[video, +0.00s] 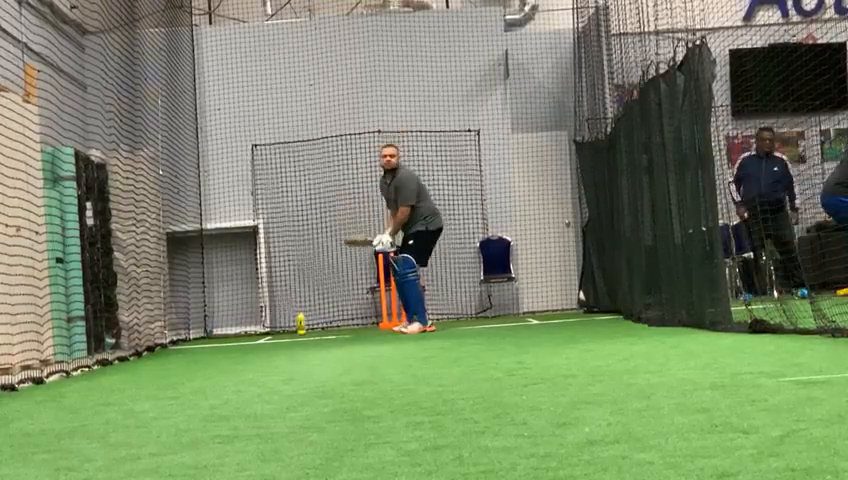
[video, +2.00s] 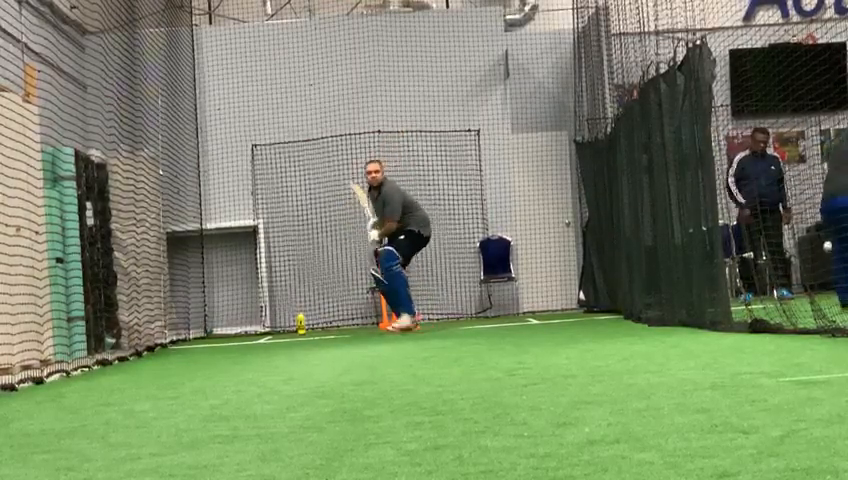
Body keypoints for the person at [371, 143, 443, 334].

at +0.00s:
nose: (388, 159)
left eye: (391, 156)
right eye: (384, 156)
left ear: (398, 158)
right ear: (380, 160)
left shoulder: (405, 177)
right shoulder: (384, 181)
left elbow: (405, 211)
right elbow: (392, 211)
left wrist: (390, 234)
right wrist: (388, 234)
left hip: (427, 225)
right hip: (412, 227)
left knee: (407, 266)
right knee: (400, 266)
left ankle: (420, 320)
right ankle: (412, 318)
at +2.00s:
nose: (373, 176)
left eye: (376, 172)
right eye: (369, 173)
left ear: (383, 173)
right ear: (366, 176)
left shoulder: (391, 190)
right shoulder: (372, 193)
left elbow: (392, 224)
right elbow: (382, 217)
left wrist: (379, 234)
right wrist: (376, 224)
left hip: (416, 229)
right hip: (400, 231)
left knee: (388, 258)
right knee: (381, 272)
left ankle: (407, 314)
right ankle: (403, 316)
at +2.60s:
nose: (344, 197)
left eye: (346, 192)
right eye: (341, 194)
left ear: (356, 187)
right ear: (340, 193)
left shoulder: (367, 199)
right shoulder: (359, 204)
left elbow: (360, 232)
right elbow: (358, 229)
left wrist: (341, 238)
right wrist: (342, 235)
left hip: (399, 240)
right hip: (381, 245)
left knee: (383, 272)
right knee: (359, 282)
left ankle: (397, 323)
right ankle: (380, 324)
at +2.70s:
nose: (341, 194)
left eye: (342, 190)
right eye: (340, 190)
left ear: (350, 186)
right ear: (355, 186)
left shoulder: (363, 195)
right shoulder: (355, 205)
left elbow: (336, 216)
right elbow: (336, 229)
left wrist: (312, 231)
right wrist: (310, 241)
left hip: (402, 238)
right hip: (383, 245)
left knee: (396, 273)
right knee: (359, 282)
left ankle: (397, 320)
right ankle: (380, 322)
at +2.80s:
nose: (338, 197)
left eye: (339, 193)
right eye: (338, 194)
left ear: (347, 187)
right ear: (348, 187)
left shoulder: (364, 193)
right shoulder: (354, 207)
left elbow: (333, 211)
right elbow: (330, 225)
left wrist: (307, 216)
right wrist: (300, 230)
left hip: (403, 237)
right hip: (383, 245)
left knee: (400, 271)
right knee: (361, 280)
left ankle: (408, 320)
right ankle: (381, 323)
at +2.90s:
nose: (339, 194)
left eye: (341, 189)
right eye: (338, 191)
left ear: (350, 186)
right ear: (339, 193)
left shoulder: (364, 191)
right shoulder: (350, 210)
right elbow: (339, 228)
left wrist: (321, 196)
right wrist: (318, 214)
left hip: (401, 236)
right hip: (381, 244)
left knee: (400, 269)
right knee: (360, 280)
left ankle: (416, 318)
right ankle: (381, 323)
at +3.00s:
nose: (342, 187)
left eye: (344, 182)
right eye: (339, 184)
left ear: (352, 181)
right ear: (338, 188)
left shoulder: (367, 191)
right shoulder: (349, 206)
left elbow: (366, 170)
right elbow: (344, 224)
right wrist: (336, 200)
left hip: (400, 235)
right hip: (379, 244)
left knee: (400, 268)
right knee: (358, 281)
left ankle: (421, 317)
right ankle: (381, 323)